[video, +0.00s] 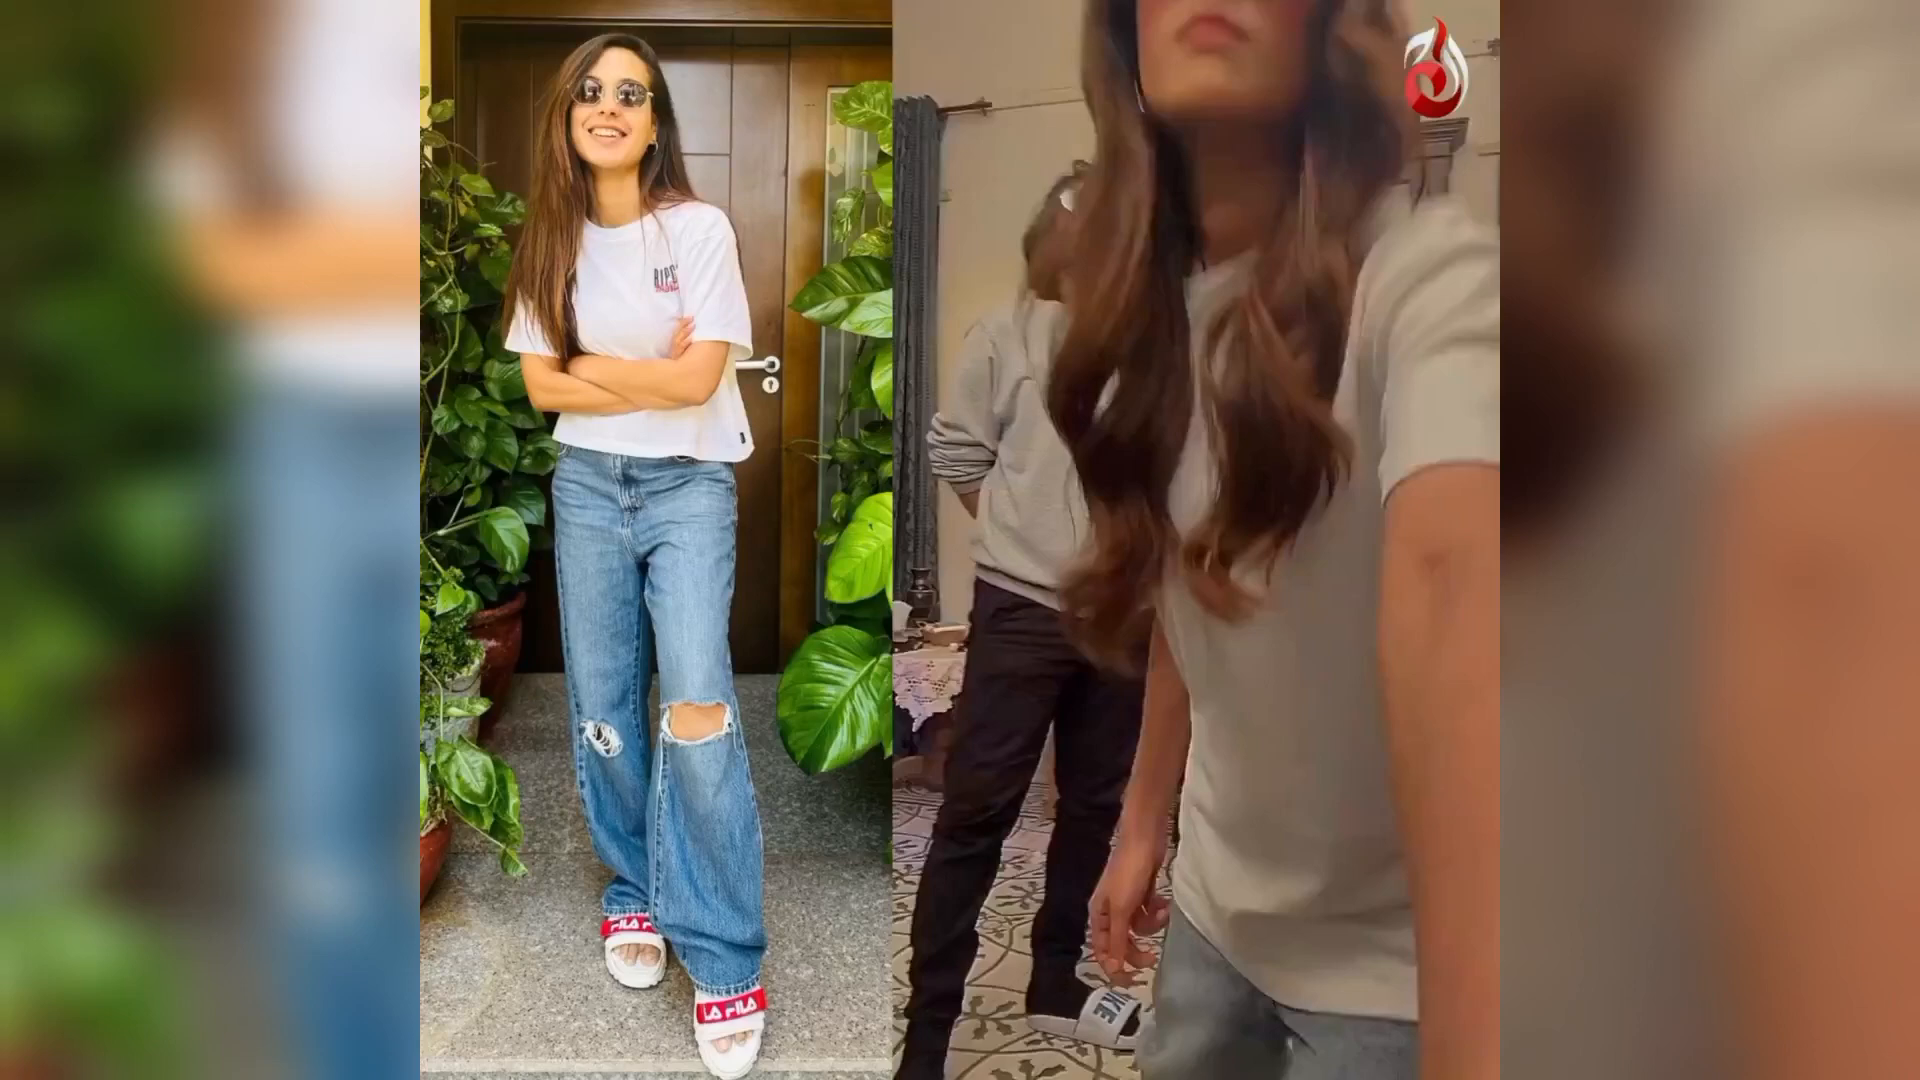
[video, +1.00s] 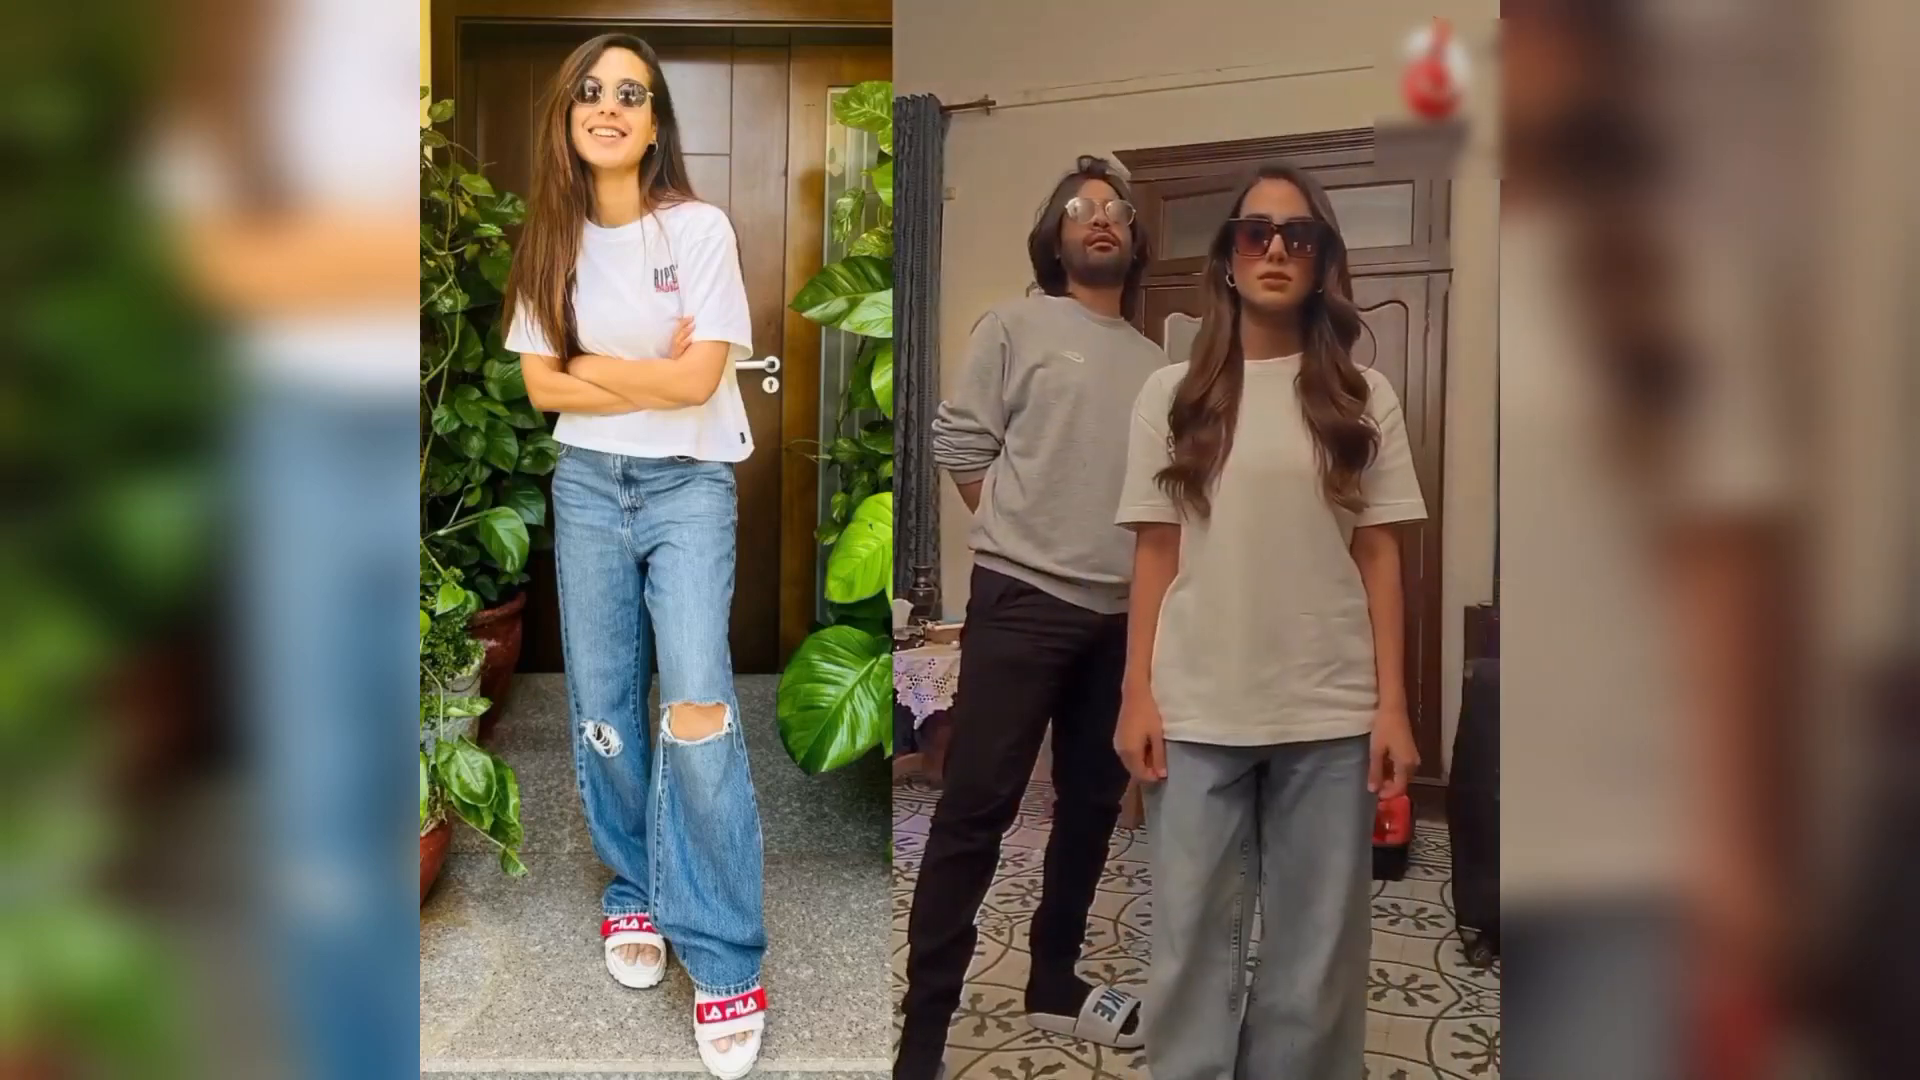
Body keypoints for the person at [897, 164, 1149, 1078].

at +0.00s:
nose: (1088, 232)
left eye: (1104, 216)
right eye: (1074, 212)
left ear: (1134, 240)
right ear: (1044, 233)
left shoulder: (1166, 344)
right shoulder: (1010, 333)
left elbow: (1186, 478)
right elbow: (957, 455)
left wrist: (1115, 534)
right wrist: (1023, 526)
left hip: (1124, 616)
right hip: (1017, 606)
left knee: (1092, 808)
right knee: (975, 812)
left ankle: (1057, 986)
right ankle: (929, 1030)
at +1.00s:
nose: (1100, 218)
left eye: (1114, 207)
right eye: (1082, 208)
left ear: (1135, 235)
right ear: (1053, 236)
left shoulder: (1160, 360)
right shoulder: (1013, 326)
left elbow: (1171, 491)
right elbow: (964, 457)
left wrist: (1126, 565)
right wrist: (1014, 552)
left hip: (1124, 610)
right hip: (1019, 601)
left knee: (1091, 807)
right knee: (974, 812)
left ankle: (1055, 985)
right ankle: (923, 1036)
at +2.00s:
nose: (1114, 218)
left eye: (1122, 207)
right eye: (1091, 206)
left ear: (1134, 239)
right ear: (1050, 233)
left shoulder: (1139, 361)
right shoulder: (1015, 326)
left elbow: (1148, 491)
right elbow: (962, 462)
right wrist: (1010, 556)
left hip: (1119, 604)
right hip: (1026, 595)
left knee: (1100, 805)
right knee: (1000, 810)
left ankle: (1054, 985)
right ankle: (925, 1030)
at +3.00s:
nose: (1077, 184)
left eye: (1074, 171)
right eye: (1048, 175)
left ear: (1078, 199)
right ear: (998, 209)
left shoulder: (1103, 329)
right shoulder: (992, 323)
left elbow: (1171, 317)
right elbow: (925, 481)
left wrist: (1236, 261)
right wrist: (954, 561)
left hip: (1112, 612)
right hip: (1024, 610)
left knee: (1099, 807)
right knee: (1006, 850)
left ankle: (1055, 987)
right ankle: (910, 1061)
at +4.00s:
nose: (1108, 221)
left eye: (1121, 213)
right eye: (1089, 210)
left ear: (1138, 242)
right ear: (1053, 237)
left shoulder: (1164, 356)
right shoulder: (1012, 336)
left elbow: (1180, 485)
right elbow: (961, 459)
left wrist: (1145, 567)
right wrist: (1020, 550)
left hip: (1132, 619)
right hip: (1027, 610)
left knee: (1107, 810)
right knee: (990, 821)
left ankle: (1056, 980)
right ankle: (940, 1054)